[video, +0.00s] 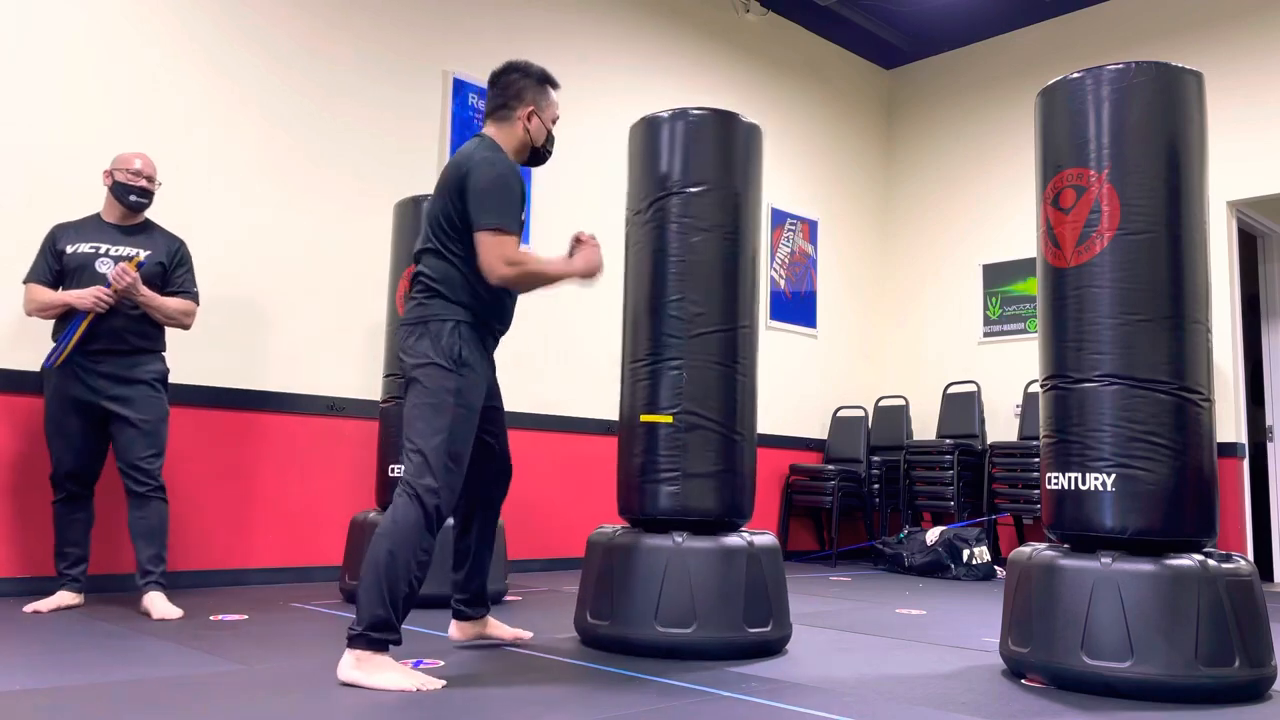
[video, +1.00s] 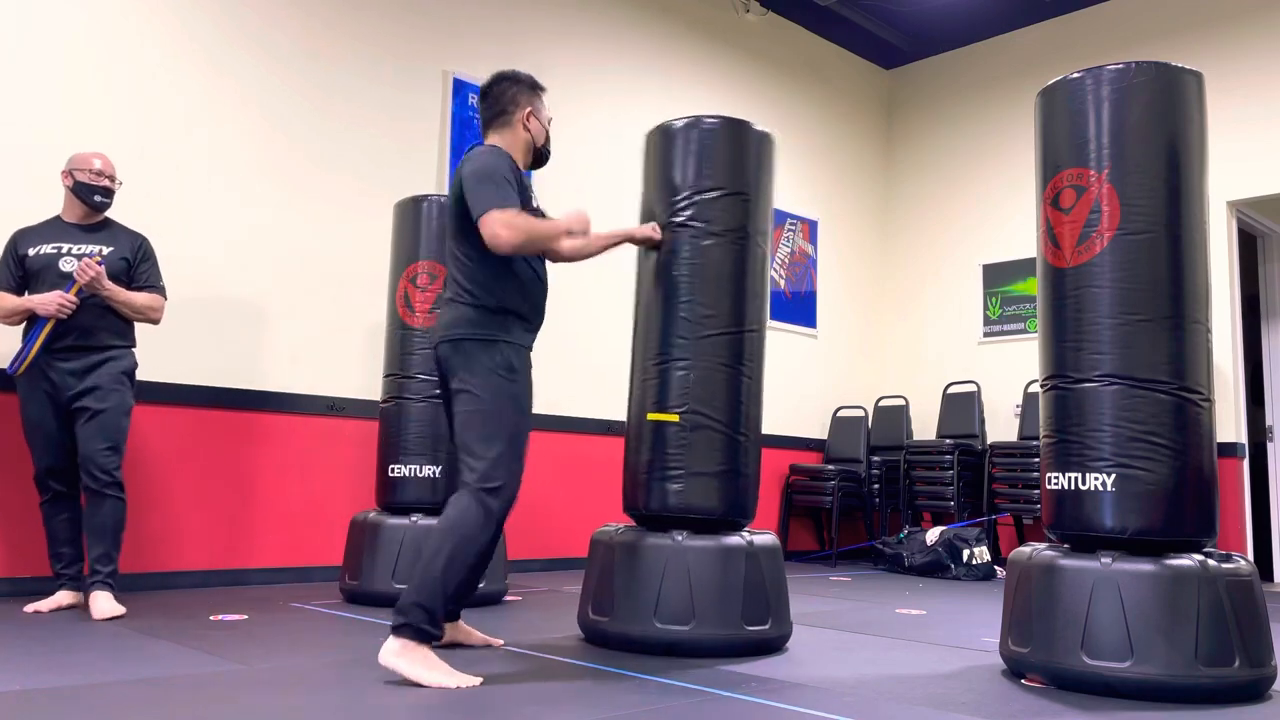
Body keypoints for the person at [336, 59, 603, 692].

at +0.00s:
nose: (554, 133)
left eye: (555, 121)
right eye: (552, 119)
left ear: (509, 113)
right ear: (528, 114)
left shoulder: (484, 164)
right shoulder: (489, 165)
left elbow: (496, 266)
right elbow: (499, 266)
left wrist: (557, 266)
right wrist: (571, 266)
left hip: (463, 339)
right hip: (445, 335)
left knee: (487, 474)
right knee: (426, 484)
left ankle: (470, 616)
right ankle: (367, 649)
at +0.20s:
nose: (553, 141)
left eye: (554, 133)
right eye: (553, 132)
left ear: (493, 125)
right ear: (536, 125)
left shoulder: (449, 179)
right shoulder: (519, 156)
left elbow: (421, 272)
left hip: (432, 327)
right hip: (482, 326)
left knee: (467, 477)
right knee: (485, 474)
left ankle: (476, 614)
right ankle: (397, 616)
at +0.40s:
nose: (543, 155)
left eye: (540, 148)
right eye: (542, 147)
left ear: (484, 142)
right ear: (530, 141)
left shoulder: (435, 186)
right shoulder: (535, 168)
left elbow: (427, 264)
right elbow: (634, 209)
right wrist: (628, 224)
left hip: (430, 330)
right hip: (492, 324)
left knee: (457, 467)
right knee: (494, 468)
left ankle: (455, 614)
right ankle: (433, 617)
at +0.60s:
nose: (545, 146)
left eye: (544, 136)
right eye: (545, 135)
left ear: (487, 129)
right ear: (530, 130)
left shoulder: (441, 183)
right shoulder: (535, 169)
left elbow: (441, 263)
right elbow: (557, 263)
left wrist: (530, 224)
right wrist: (572, 228)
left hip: (438, 328)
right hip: (493, 328)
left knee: (463, 471)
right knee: (486, 473)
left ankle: (452, 623)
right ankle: (416, 629)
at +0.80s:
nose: (544, 128)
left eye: (542, 118)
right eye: (542, 117)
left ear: (484, 118)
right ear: (526, 115)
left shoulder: (446, 179)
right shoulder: (519, 162)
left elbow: (441, 269)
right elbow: (563, 253)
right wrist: (580, 226)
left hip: (449, 331)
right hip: (486, 334)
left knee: (506, 471)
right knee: (446, 486)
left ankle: (449, 608)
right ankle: (398, 650)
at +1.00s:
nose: (549, 129)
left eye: (547, 119)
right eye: (546, 118)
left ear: (507, 117)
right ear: (527, 114)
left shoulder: (514, 182)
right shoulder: (488, 161)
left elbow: (563, 249)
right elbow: (501, 233)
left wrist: (630, 234)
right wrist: (563, 227)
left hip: (495, 345)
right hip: (481, 344)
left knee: (490, 484)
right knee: (487, 485)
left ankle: (444, 617)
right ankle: (409, 636)